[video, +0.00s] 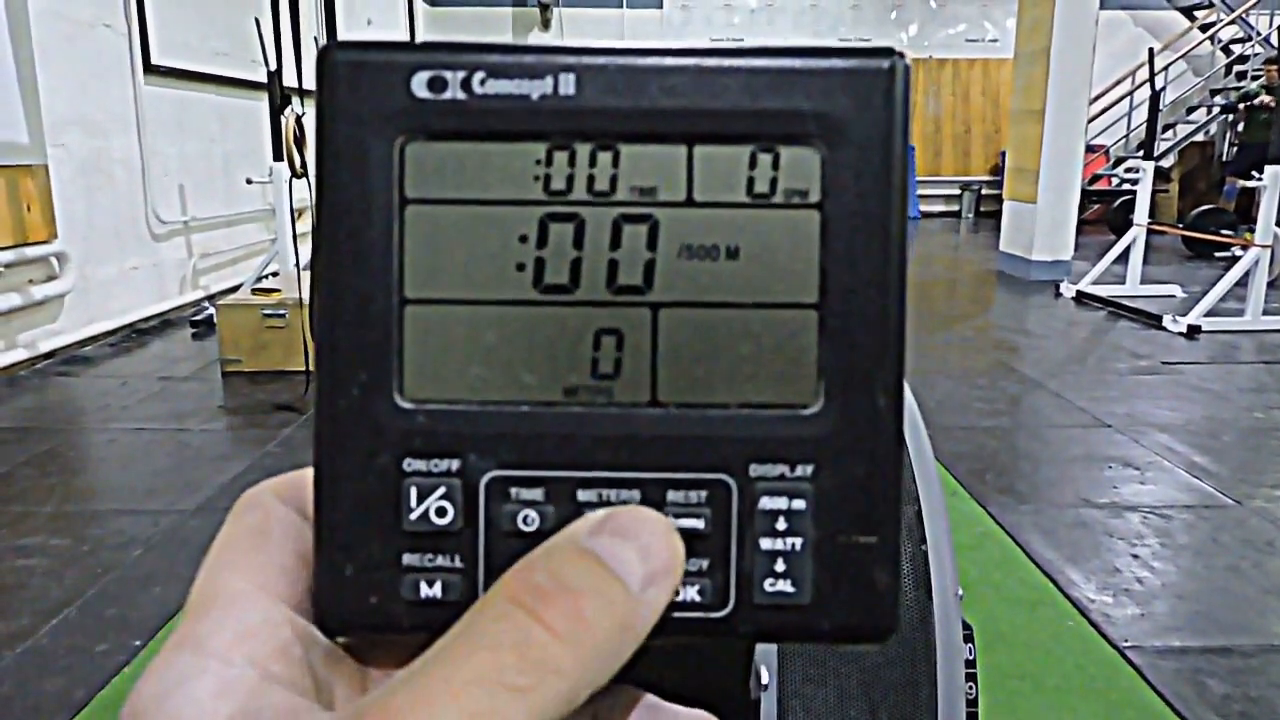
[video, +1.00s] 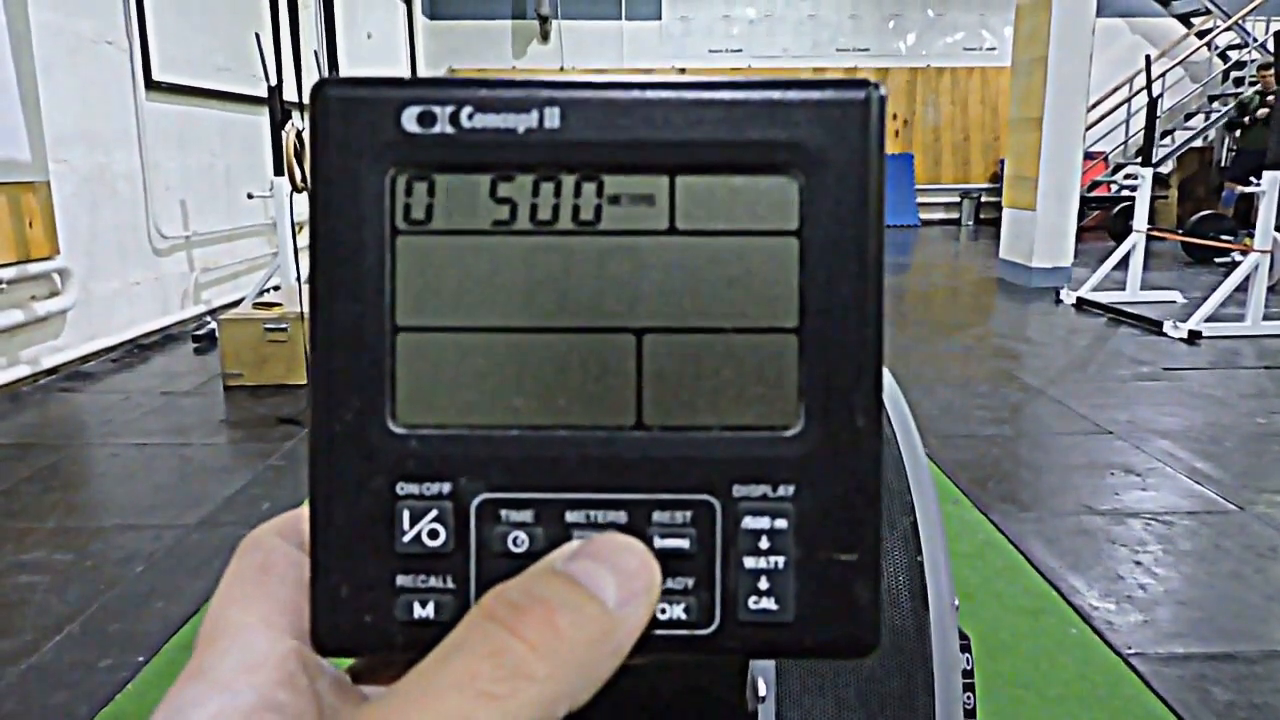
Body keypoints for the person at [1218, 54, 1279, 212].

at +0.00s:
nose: (1269, 75)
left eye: (1272, 71)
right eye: (1266, 71)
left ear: (1279, 72)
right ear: (1263, 72)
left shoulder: (1276, 93)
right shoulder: (1253, 91)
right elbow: (1226, 108)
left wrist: (1274, 104)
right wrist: (1252, 104)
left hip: (1272, 148)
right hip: (1249, 146)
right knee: (1232, 178)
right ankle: (1222, 221)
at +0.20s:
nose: (1269, 76)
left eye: (1273, 71)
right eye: (1267, 72)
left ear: (1279, 72)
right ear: (1264, 73)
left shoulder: (1276, 93)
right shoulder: (1255, 91)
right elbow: (1227, 109)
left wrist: (1272, 99)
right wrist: (1255, 102)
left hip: (1272, 148)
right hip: (1250, 146)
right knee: (1233, 178)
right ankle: (1222, 222)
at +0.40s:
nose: (1270, 76)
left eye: (1273, 71)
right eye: (1267, 72)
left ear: (1279, 72)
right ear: (1263, 73)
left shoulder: (1276, 93)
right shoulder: (1255, 91)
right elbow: (1227, 109)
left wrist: (1274, 100)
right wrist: (1255, 104)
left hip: (1272, 148)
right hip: (1250, 146)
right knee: (1233, 182)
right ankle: (1221, 223)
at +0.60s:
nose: (1269, 80)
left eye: (1272, 76)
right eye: (1265, 76)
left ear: (1278, 76)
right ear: (1260, 78)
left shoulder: (1277, 98)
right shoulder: (1252, 97)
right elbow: (1227, 116)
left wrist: (1274, 104)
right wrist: (1254, 111)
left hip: (1271, 154)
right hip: (1248, 152)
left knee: (1268, 194)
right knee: (1231, 187)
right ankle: (1220, 228)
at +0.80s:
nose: (1268, 81)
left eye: (1271, 77)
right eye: (1264, 78)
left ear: (1277, 78)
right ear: (1259, 80)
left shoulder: (1277, 100)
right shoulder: (1252, 99)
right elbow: (1230, 117)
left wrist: (1273, 109)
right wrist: (1248, 120)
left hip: (1271, 154)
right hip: (1248, 152)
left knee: (1270, 191)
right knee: (1231, 186)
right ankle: (1220, 228)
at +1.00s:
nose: (1266, 80)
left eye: (1269, 76)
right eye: (1262, 77)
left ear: (1275, 76)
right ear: (1258, 78)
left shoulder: (1276, 98)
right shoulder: (1247, 99)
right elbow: (1229, 124)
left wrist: (1273, 107)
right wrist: (1252, 118)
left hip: (1271, 154)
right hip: (1247, 152)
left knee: (1270, 193)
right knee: (1230, 188)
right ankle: (1219, 229)